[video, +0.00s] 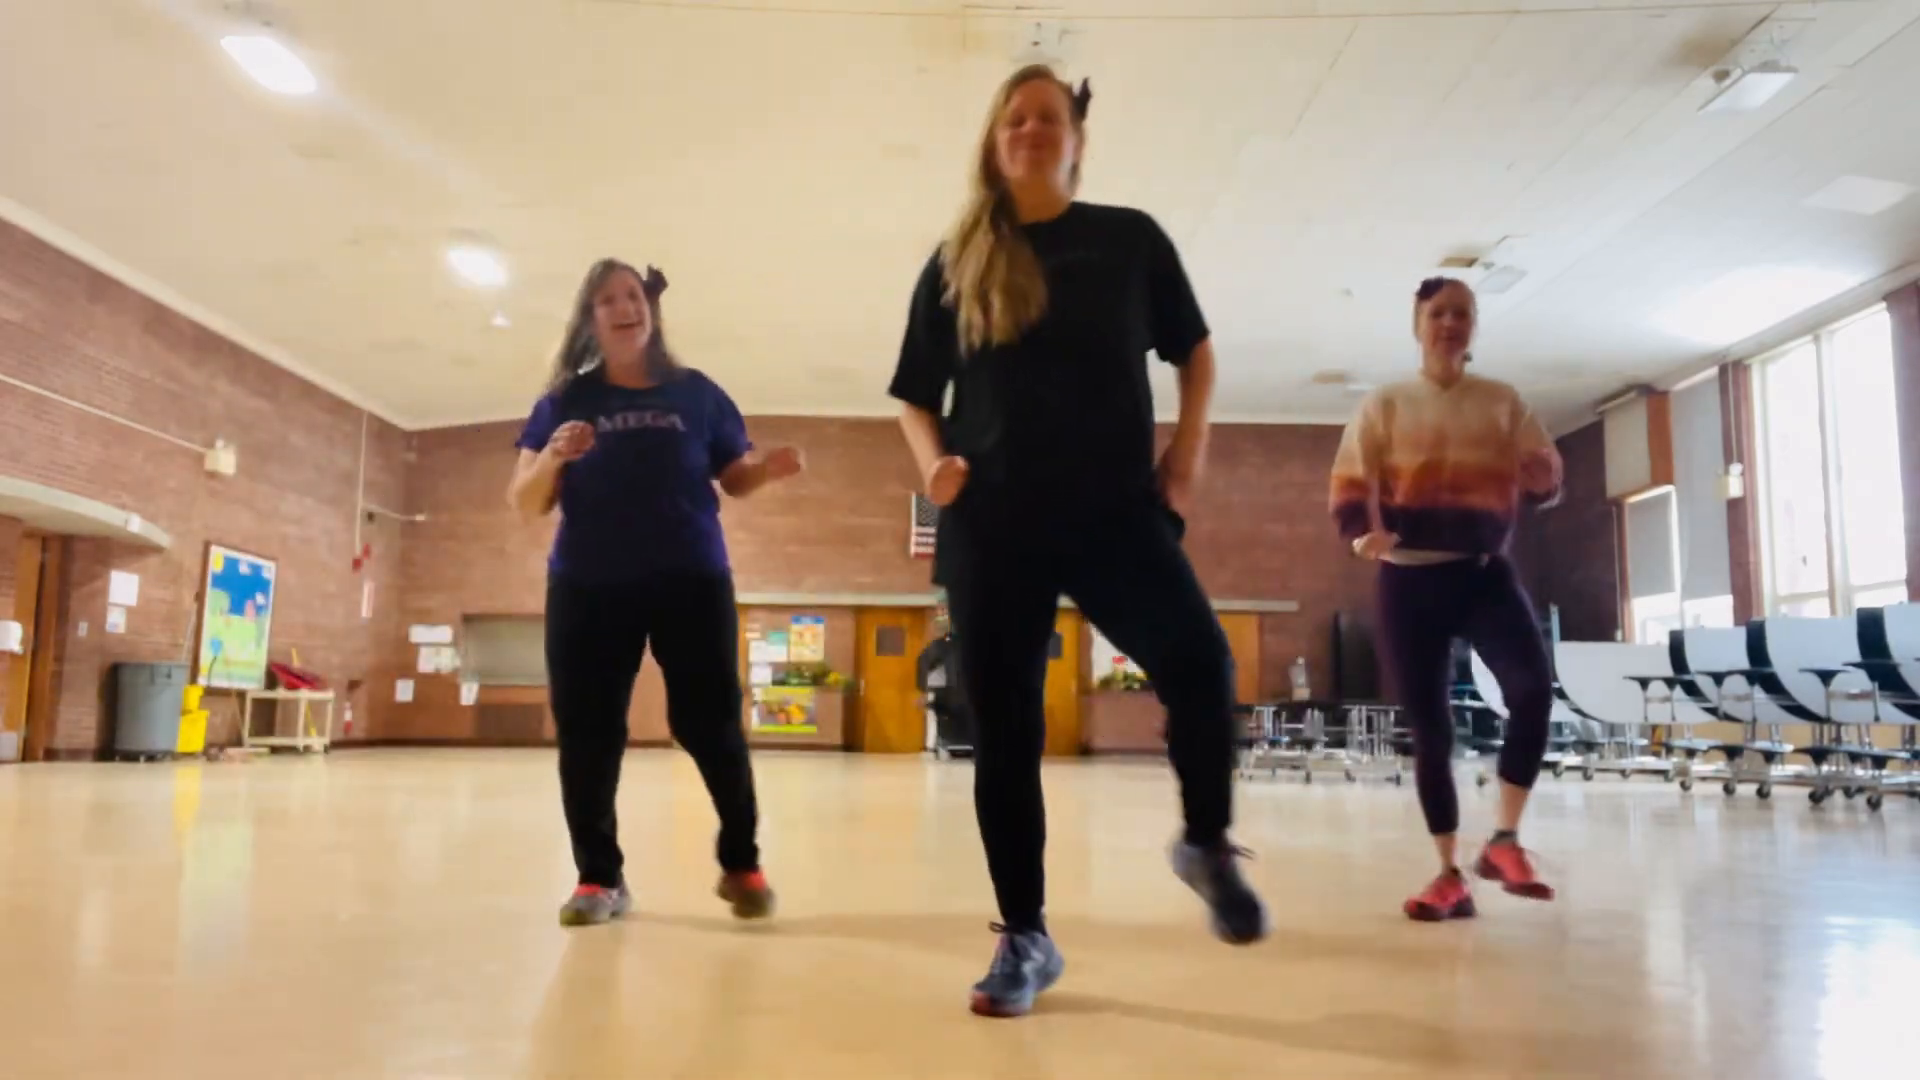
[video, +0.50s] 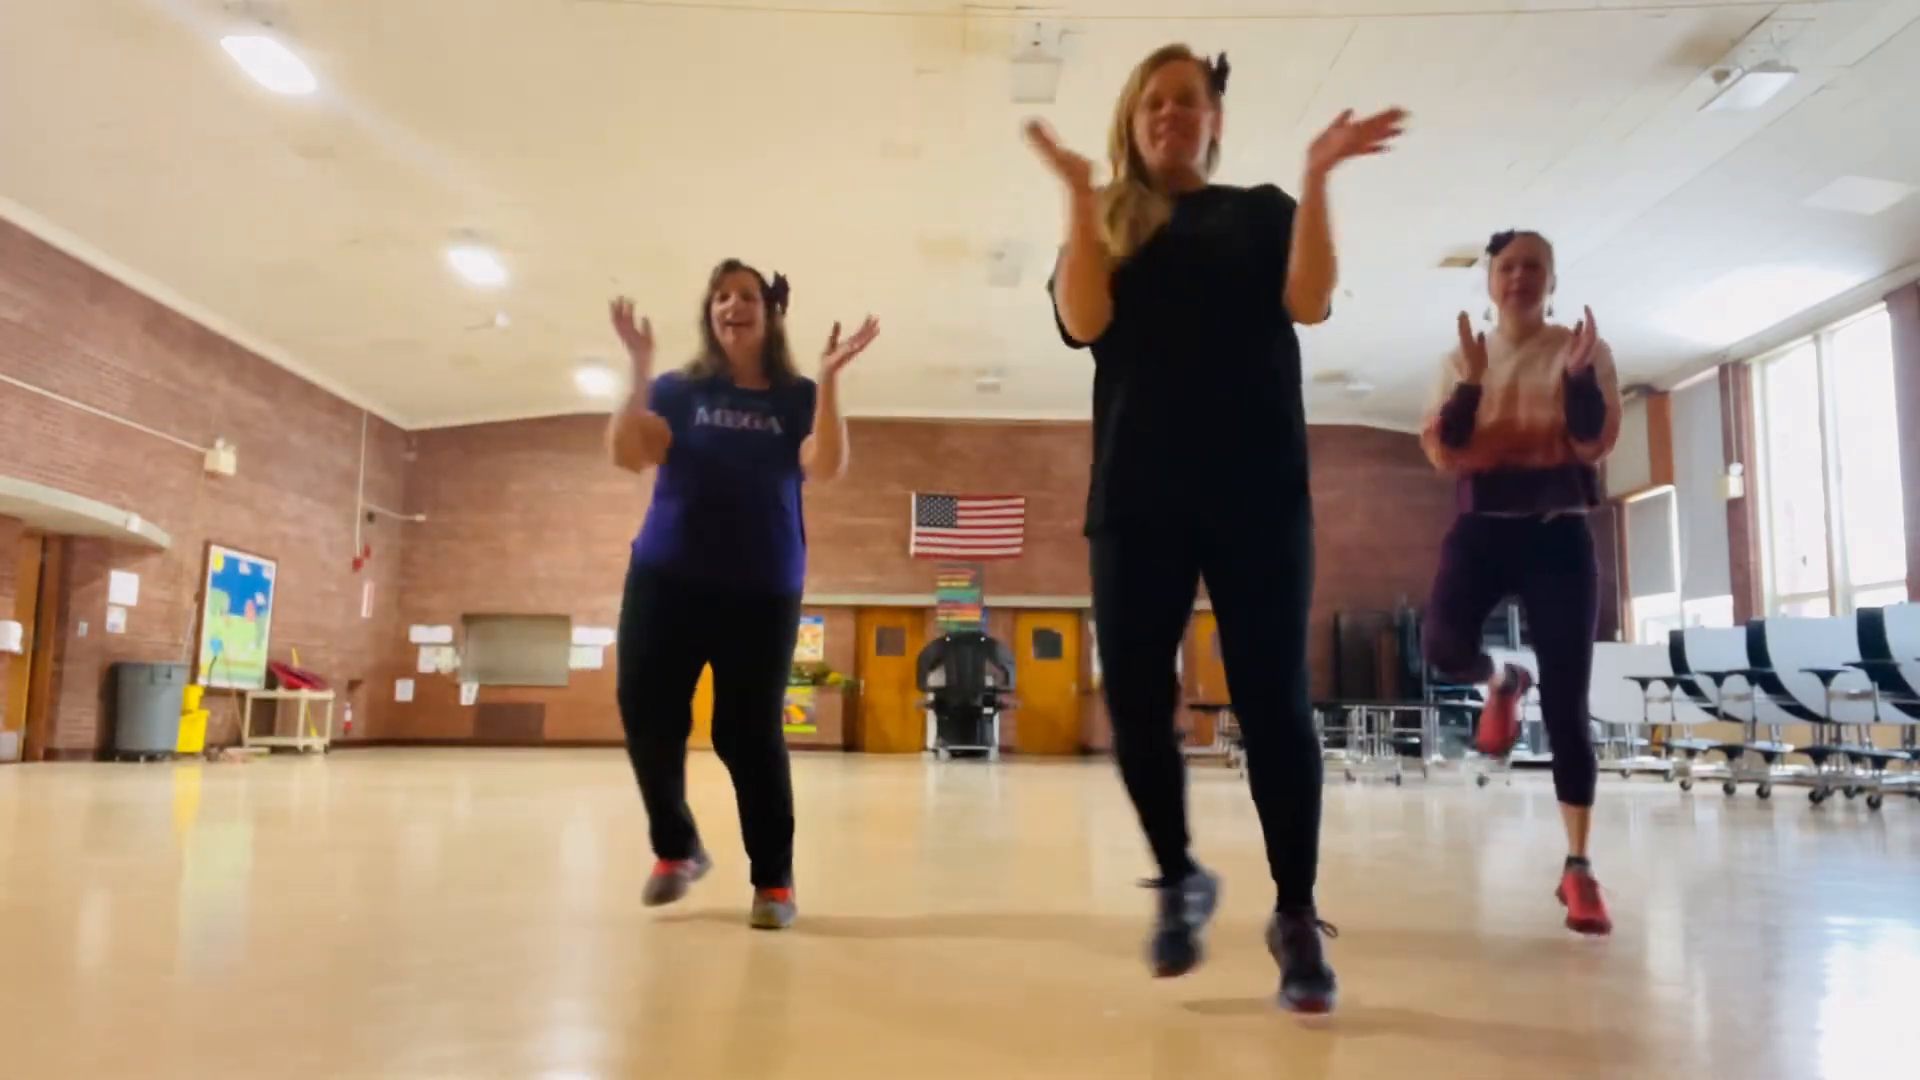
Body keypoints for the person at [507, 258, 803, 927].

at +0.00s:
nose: (625, 308)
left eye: (633, 296)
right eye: (609, 300)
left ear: (652, 309)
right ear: (589, 319)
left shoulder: (699, 394)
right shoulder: (564, 404)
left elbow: (734, 480)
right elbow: (528, 504)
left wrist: (763, 467)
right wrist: (553, 457)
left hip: (689, 583)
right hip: (592, 588)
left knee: (712, 726)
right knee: (587, 738)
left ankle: (742, 864)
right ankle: (599, 880)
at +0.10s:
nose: (648, 312)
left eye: (657, 301)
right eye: (633, 305)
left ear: (677, 315)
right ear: (613, 324)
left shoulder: (719, 400)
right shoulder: (586, 409)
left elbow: (758, 491)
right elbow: (549, 506)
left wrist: (727, 497)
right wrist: (580, 492)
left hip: (708, 591)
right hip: (610, 592)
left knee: (720, 735)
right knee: (594, 739)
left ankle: (768, 878)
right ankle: (598, 879)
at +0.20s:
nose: (677, 314)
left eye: (687, 303)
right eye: (662, 308)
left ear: (710, 317)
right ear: (647, 327)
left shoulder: (747, 407)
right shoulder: (623, 411)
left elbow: (793, 497)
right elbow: (581, 502)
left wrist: (774, 507)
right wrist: (603, 517)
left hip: (726, 595)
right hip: (631, 593)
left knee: (734, 736)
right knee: (604, 735)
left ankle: (772, 882)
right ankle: (598, 880)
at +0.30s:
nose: (703, 306)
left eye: (716, 297)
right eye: (691, 299)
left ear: (740, 314)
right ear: (676, 318)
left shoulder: (776, 404)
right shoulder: (650, 401)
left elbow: (821, 486)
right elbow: (592, 489)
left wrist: (803, 425)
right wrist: (602, 422)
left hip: (746, 589)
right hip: (650, 583)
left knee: (743, 735)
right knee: (611, 725)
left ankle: (773, 884)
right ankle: (604, 872)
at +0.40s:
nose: (721, 303)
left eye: (735, 294)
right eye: (710, 295)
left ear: (759, 312)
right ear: (696, 315)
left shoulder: (792, 398)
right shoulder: (668, 393)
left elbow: (835, 464)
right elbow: (600, 454)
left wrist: (830, 382)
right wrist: (610, 371)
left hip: (756, 587)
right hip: (663, 577)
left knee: (746, 733)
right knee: (623, 712)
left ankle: (773, 883)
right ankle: (636, 854)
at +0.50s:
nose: (732, 305)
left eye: (745, 295)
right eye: (721, 297)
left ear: (770, 314)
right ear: (709, 316)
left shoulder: (797, 395)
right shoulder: (680, 388)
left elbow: (827, 467)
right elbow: (628, 455)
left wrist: (829, 381)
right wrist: (638, 367)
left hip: (760, 587)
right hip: (668, 578)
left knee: (749, 732)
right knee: (648, 719)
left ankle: (773, 880)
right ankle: (676, 851)